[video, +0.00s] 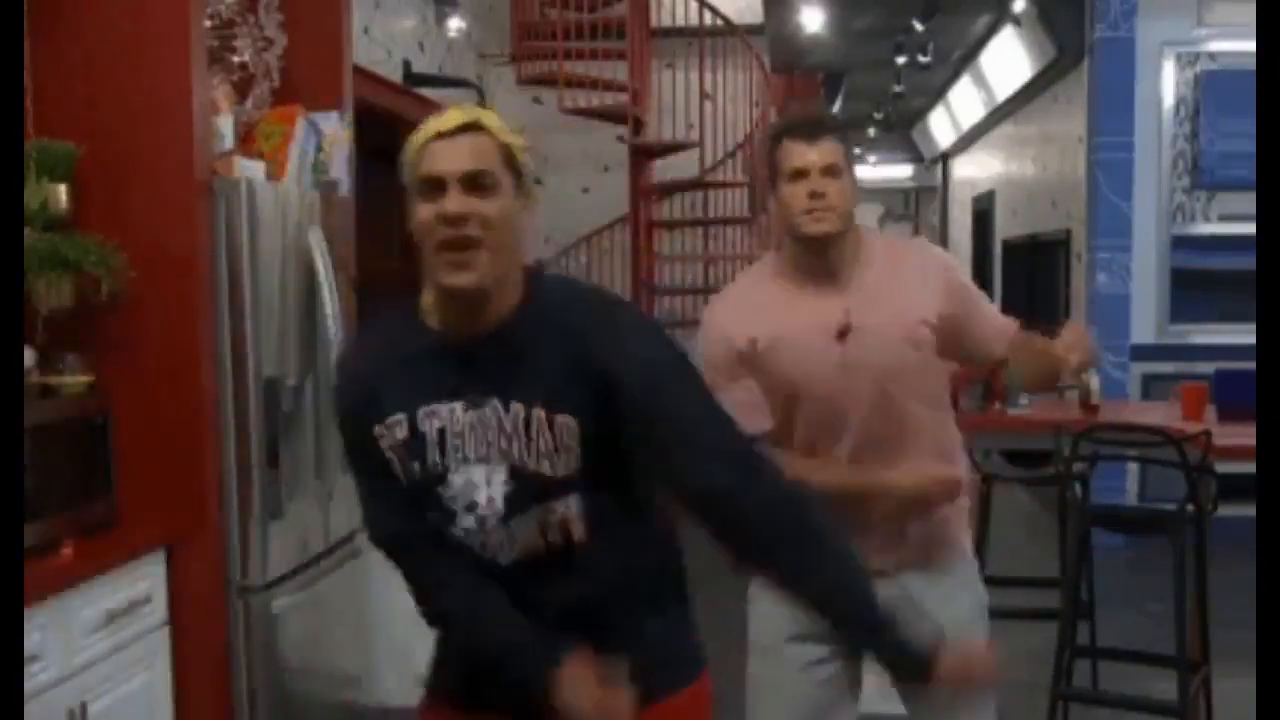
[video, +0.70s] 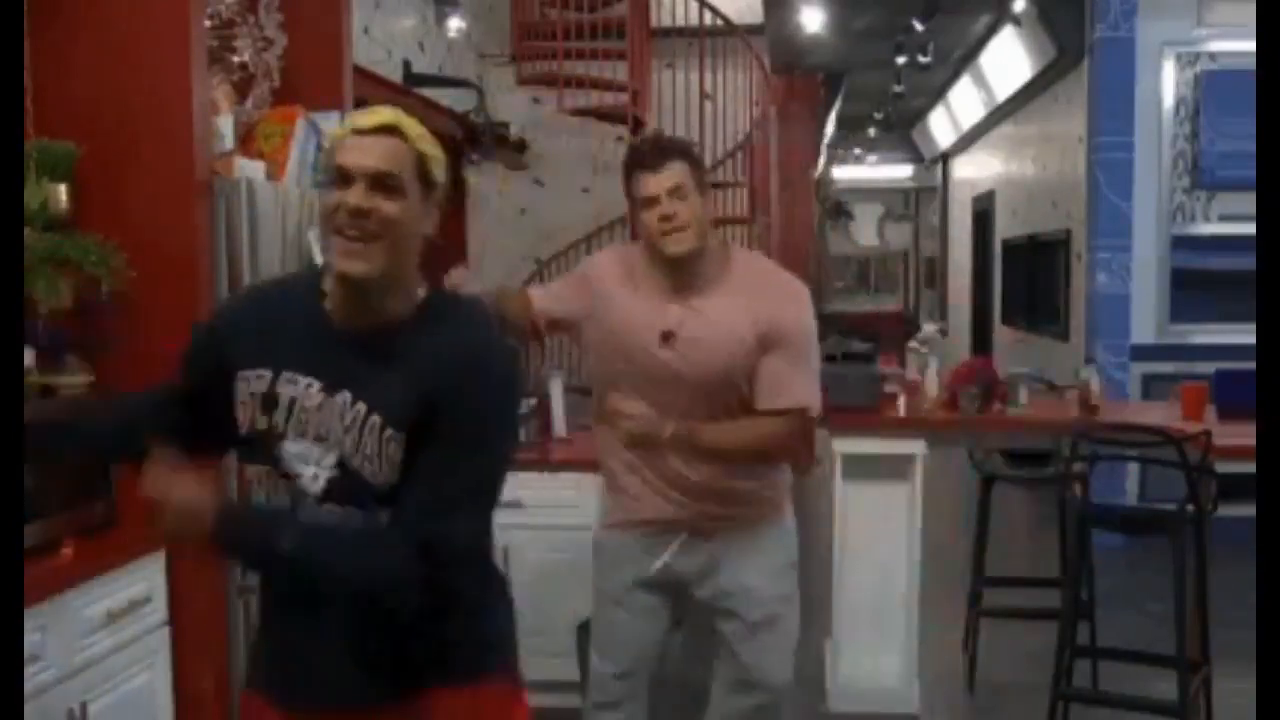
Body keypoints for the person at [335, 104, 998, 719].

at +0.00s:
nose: (454, 210)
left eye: (479, 187)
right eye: (431, 192)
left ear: (524, 207)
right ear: (408, 217)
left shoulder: (606, 338)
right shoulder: (373, 371)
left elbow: (742, 490)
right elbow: (419, 554)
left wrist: (909, 651)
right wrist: (544, 666)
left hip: (642, 674)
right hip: (477, 676)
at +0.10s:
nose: (502, 226)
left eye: (529, 205)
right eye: (479, 206)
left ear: (572, 224)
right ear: (455, 226)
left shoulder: (634, 376)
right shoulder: (402, 377)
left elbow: (725, 573)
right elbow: (426, 581)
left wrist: (790, 706)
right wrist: (467, 699)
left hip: (641, 689)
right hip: (490, 689)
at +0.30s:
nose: (547, 181)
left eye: (576, 165)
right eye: (529, 159)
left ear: (614, 194)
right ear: (500, 176)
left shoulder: (642, 349)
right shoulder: (422, 298)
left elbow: (604, 578)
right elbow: (364, 437)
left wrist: (417, 691)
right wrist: (208, 531)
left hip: (605, 657)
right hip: (449, 640)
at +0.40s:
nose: (524, 176)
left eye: (554, 161)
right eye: (507, 153)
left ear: (593, 191)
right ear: (477, 171)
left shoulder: (613, 340)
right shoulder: (402, 283)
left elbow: (579, 571)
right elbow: (313, 402)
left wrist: (351, 593)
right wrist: (151, 427)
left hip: (579, 674)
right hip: (424, 654)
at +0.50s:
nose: (457, 220)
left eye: (488, 207)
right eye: (444, 198)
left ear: (530, 235)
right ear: (419, 213)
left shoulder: (543, 395)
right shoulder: (346, 313)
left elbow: (484, 583)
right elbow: (258, 371)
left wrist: (331, 471)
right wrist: (89, 315)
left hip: (515, 689)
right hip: (374, 671)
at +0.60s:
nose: (419, 236)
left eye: (449, 222)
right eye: (406, 213)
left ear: (492, 249)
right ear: (383, 226)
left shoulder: (506, 404)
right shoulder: (319, 327)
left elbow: (438, 605)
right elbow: (233, 379)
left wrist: (325, 475)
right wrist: (62, 303)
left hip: (484, 685)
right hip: (346, 672)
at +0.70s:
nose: (355, 204)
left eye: (386, 188)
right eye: (341, 182)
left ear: (432, 217)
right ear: (320, 198)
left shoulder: (471, 355)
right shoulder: (259, 321)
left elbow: (426, 553)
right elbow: (183, 423)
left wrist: (228, 520)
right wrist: (40, 436)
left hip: (443, 678)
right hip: (298, 671)